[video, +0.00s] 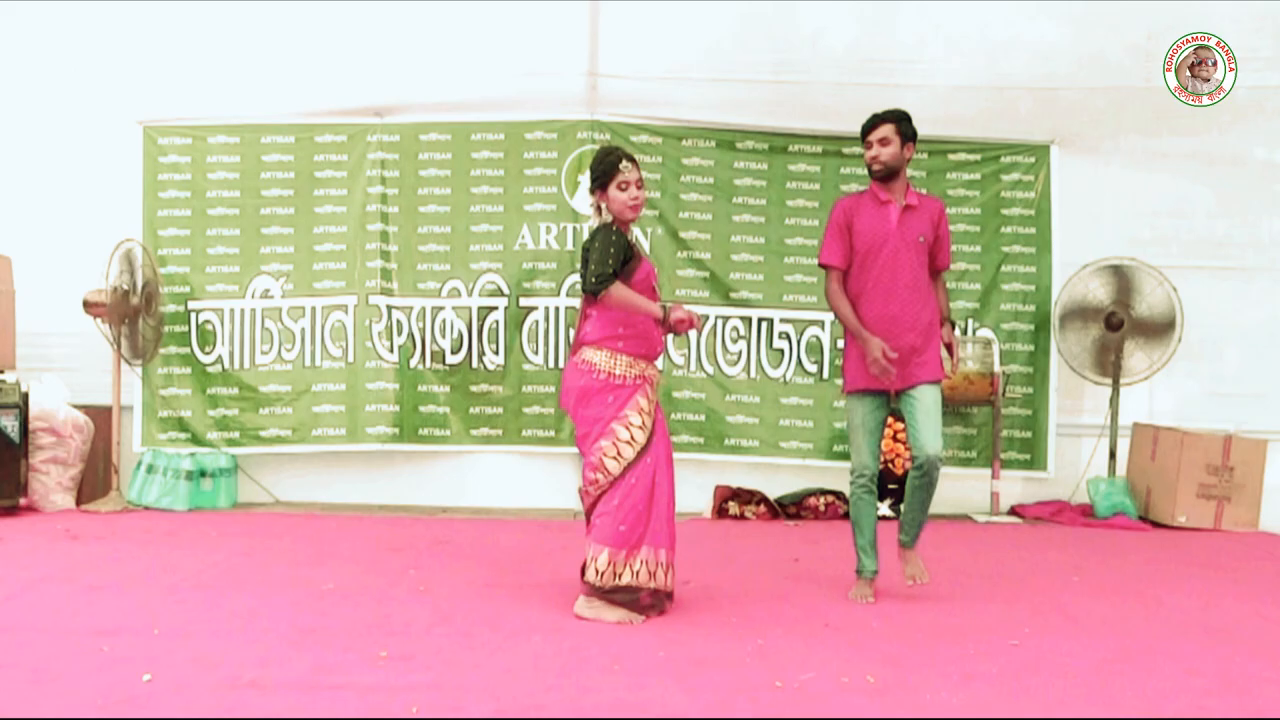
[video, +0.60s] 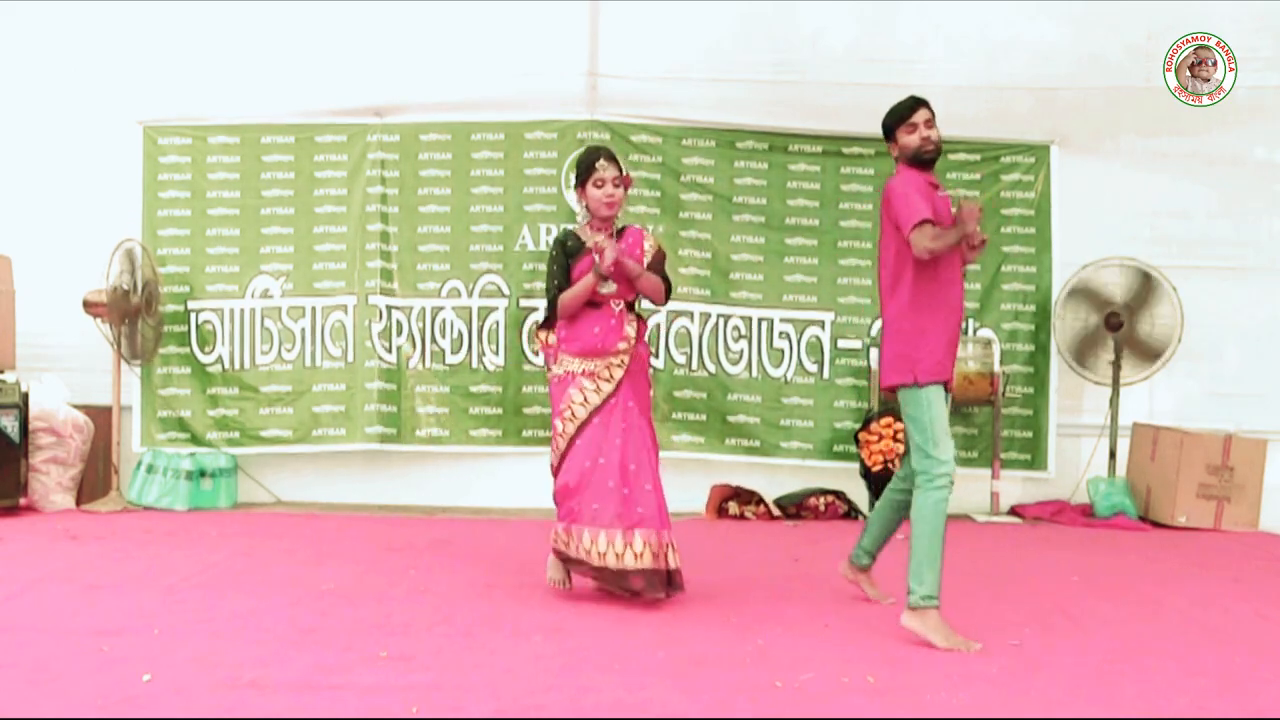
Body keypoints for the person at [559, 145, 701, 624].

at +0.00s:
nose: (636, 194)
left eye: (640, 185)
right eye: (624, 187)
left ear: (644, 189)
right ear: (600, 196)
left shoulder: (627, 241)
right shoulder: (608, 237)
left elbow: (626, 304)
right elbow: (599, 286)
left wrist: (668, 315)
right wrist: (661, 312)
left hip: (625, 375)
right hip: (605, 376)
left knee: (645, 470)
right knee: (627, 473)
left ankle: (621, 583)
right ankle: (597, 591)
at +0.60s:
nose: (610, 193)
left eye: (616, 184)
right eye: (599, 185)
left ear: (625, 189)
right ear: (581, 192)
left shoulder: (639, 241)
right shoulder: (567, 244)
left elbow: (662, 293)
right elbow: (559, 309)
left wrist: (626, 266)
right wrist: (594, 275)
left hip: (626, 359)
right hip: (576, 362)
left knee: (629, 453)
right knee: (583, 456)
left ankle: (635, 561)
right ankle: (565, 551)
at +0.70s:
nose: (604, 193)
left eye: (611, 184)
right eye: (593, 185)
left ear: (620, 189)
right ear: (576, 193)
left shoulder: (637, 242)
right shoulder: (560, 248)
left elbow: (654, 299)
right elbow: (543, 313)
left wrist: (615, 276)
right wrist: (576, 288)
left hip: (623, 363)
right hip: (572, 365)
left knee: (621, 455)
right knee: (570, 456)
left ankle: (616, 559)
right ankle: (557, 539)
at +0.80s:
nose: (596, 202)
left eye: (603, 194)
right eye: (585, 194)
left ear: (612, 200)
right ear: (568, 202)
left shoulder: (630, 255)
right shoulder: (552, 259)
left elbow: (661, 309)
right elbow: (526, 308)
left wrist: (634, 307)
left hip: (618, 378)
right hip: (566, 379)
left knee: (616, 466)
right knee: (571, 466)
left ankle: (620, 566)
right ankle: (578, 563)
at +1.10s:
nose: (597, 190)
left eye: (603, 182)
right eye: (585, 183)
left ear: (613, 188)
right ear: (567, 192)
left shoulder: (629, 239)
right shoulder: (555, 241)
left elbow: (659, 283)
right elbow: (514, 282)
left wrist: (699, 268)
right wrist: (497, 285)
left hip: (620, 368)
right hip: (569, 369)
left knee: (623, 459)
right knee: (575, 460)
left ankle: (614, 562)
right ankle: (579, 562)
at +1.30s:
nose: (612, 205)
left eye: (617, 196)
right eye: (600, 198)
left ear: (624, 200)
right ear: (580, 207)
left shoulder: (630, 254)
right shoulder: (577, 261)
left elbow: (641, 306)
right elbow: (587, 322)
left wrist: (657, 290)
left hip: (623, 385)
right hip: (580, 388)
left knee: (639, 467)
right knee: (605, 477)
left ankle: (615, 564)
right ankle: (556, 540)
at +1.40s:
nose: (623, 188)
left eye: (627, 178)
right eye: (611, 180)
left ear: (632, 182)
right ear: (588, 189)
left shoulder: (633, 233)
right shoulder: (591, 232)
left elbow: (661, 290)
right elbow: (631, 283)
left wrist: (659, 245)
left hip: (632, 365)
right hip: (590, 365)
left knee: (647, 465)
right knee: (619, 464)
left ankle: (621, 564)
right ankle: (579, 557)